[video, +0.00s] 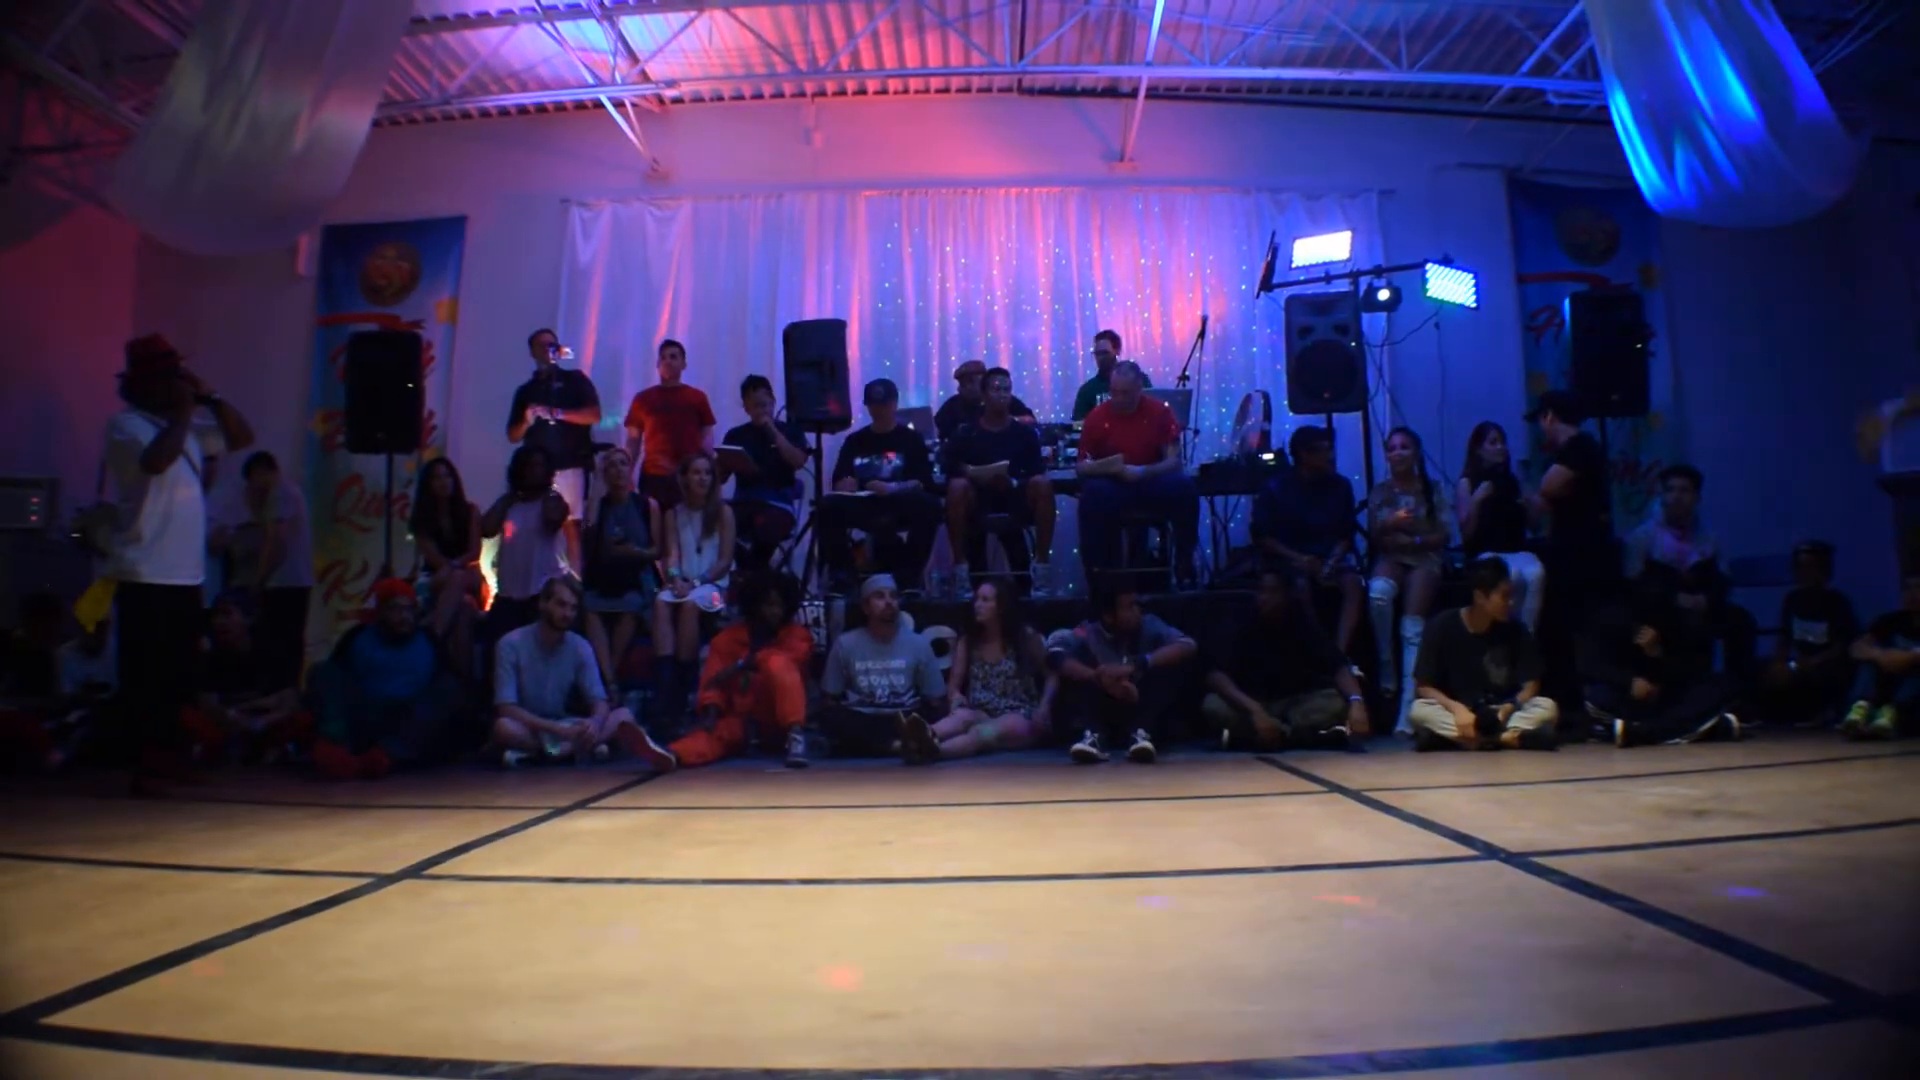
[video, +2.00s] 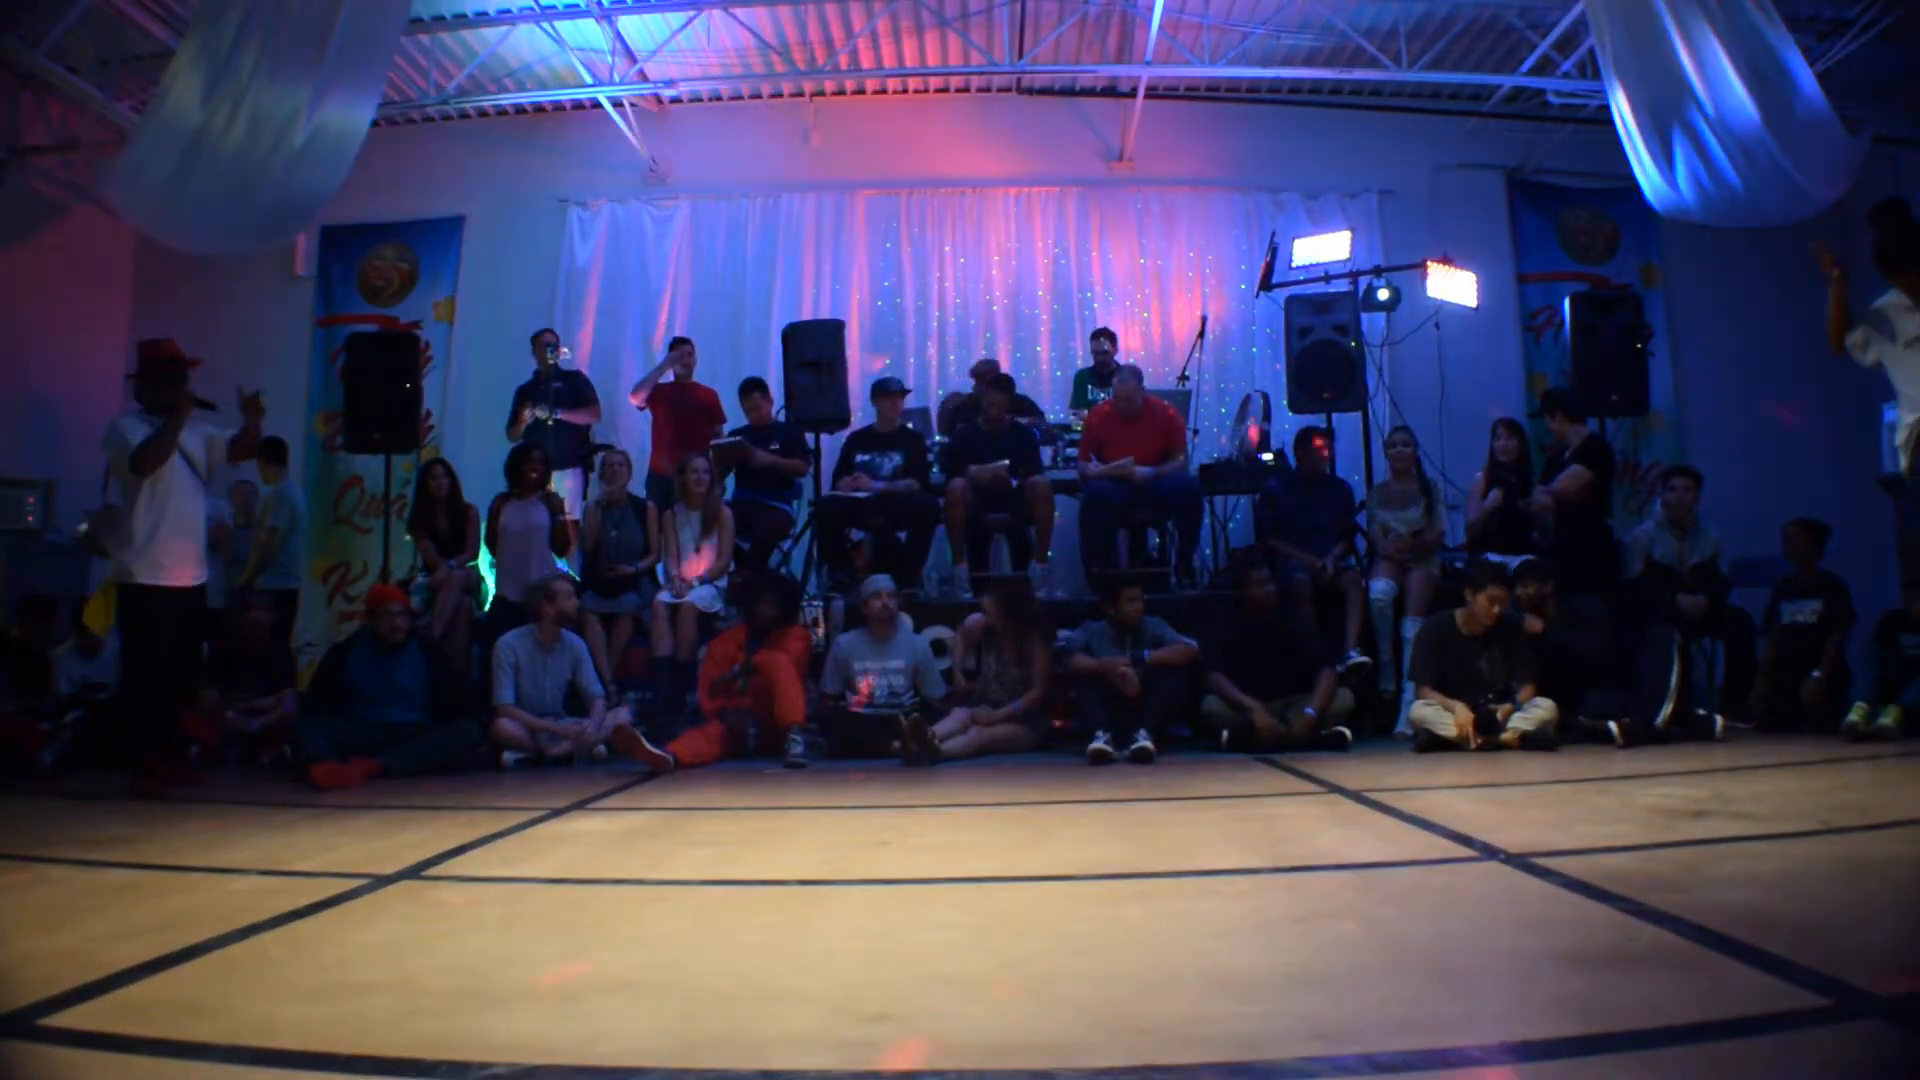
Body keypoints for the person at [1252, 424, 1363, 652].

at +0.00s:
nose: (1329, 456)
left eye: (1330, 450)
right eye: (1322, 450)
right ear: (1303, 454)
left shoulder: (1340, 486)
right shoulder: (1278, 487)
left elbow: (1348, 533)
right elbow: (1262, 536)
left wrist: (1333, 560)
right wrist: (1300, 560)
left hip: (1330, 557)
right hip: (1292, 558)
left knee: (1353, 583)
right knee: (1299, 585)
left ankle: (1340, 657)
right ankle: (1311, 656)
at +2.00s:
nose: (1323, 455)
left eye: (1325, 449)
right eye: (1316, 449)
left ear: (1330, 453)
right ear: (1300, 454)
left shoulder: (1339, 488)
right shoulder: (1280, 487)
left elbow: (1347, 535)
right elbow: (1270, 538)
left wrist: (1332, 558)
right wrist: (1309, 561)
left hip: (1330, 557)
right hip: (1294, 557)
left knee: (1354, 580)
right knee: (1301, 584)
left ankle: (1351, 648)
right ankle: (1312, 654)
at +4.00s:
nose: (1303, 447)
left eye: (1311, 442)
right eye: (1301, 441)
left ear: (1326, 450)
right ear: (1296, 447)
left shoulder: (1342, 487)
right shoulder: (1279, 483)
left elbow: (1339, 536)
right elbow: (1265, 533)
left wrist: (1329, 571)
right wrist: (1305, 556)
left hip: (1326, 555)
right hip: (1289, 555)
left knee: (1351, 582)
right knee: (1307, 577)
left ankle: (1347, 654)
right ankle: (1314, 653)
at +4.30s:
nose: (1294, 446)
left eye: (1301, 442)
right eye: (1295, 441)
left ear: (1320, 451)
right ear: (1295, 445)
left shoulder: (1340, 487)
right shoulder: (1279, 480)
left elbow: (1338, 536)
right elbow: (1264, 529)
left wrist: (1327, 572)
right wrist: (1298, 550)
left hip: (1324, 557)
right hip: (1288, 556)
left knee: (1351, 583)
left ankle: (1348, 658)